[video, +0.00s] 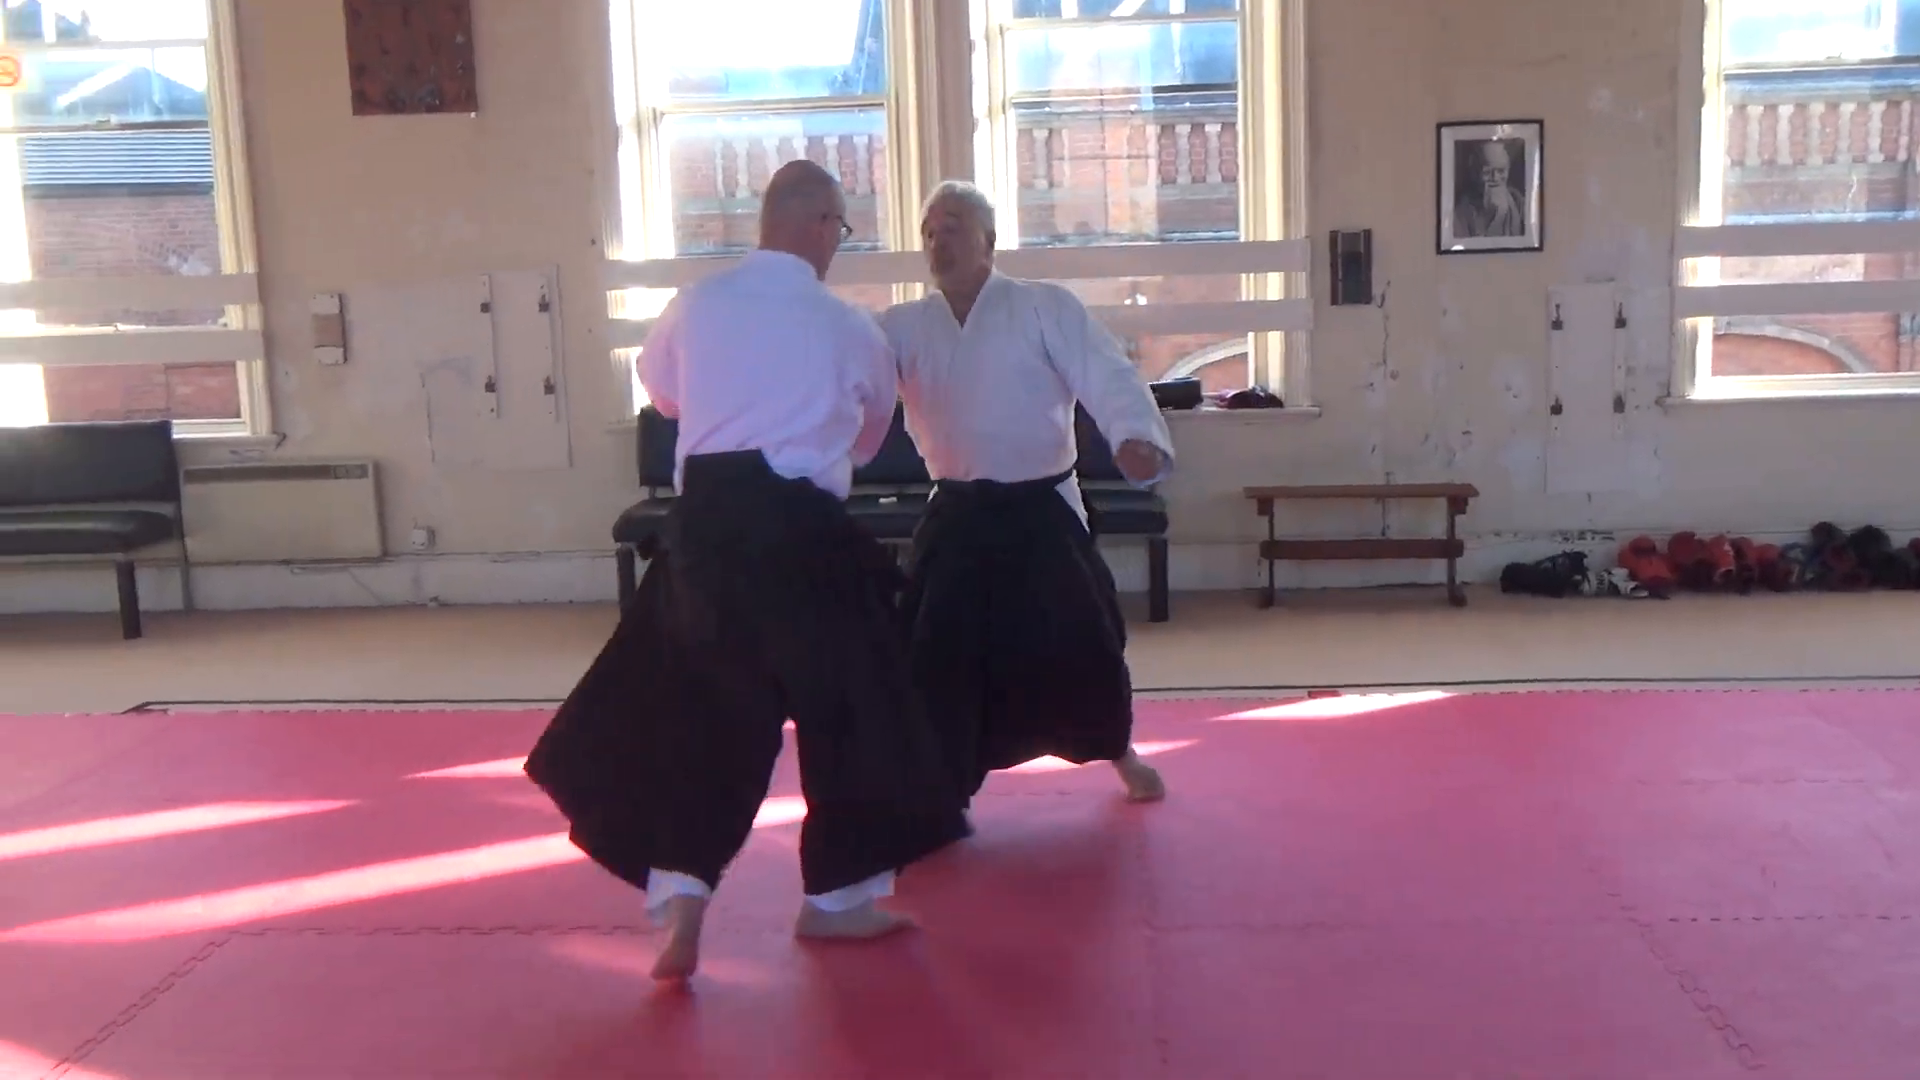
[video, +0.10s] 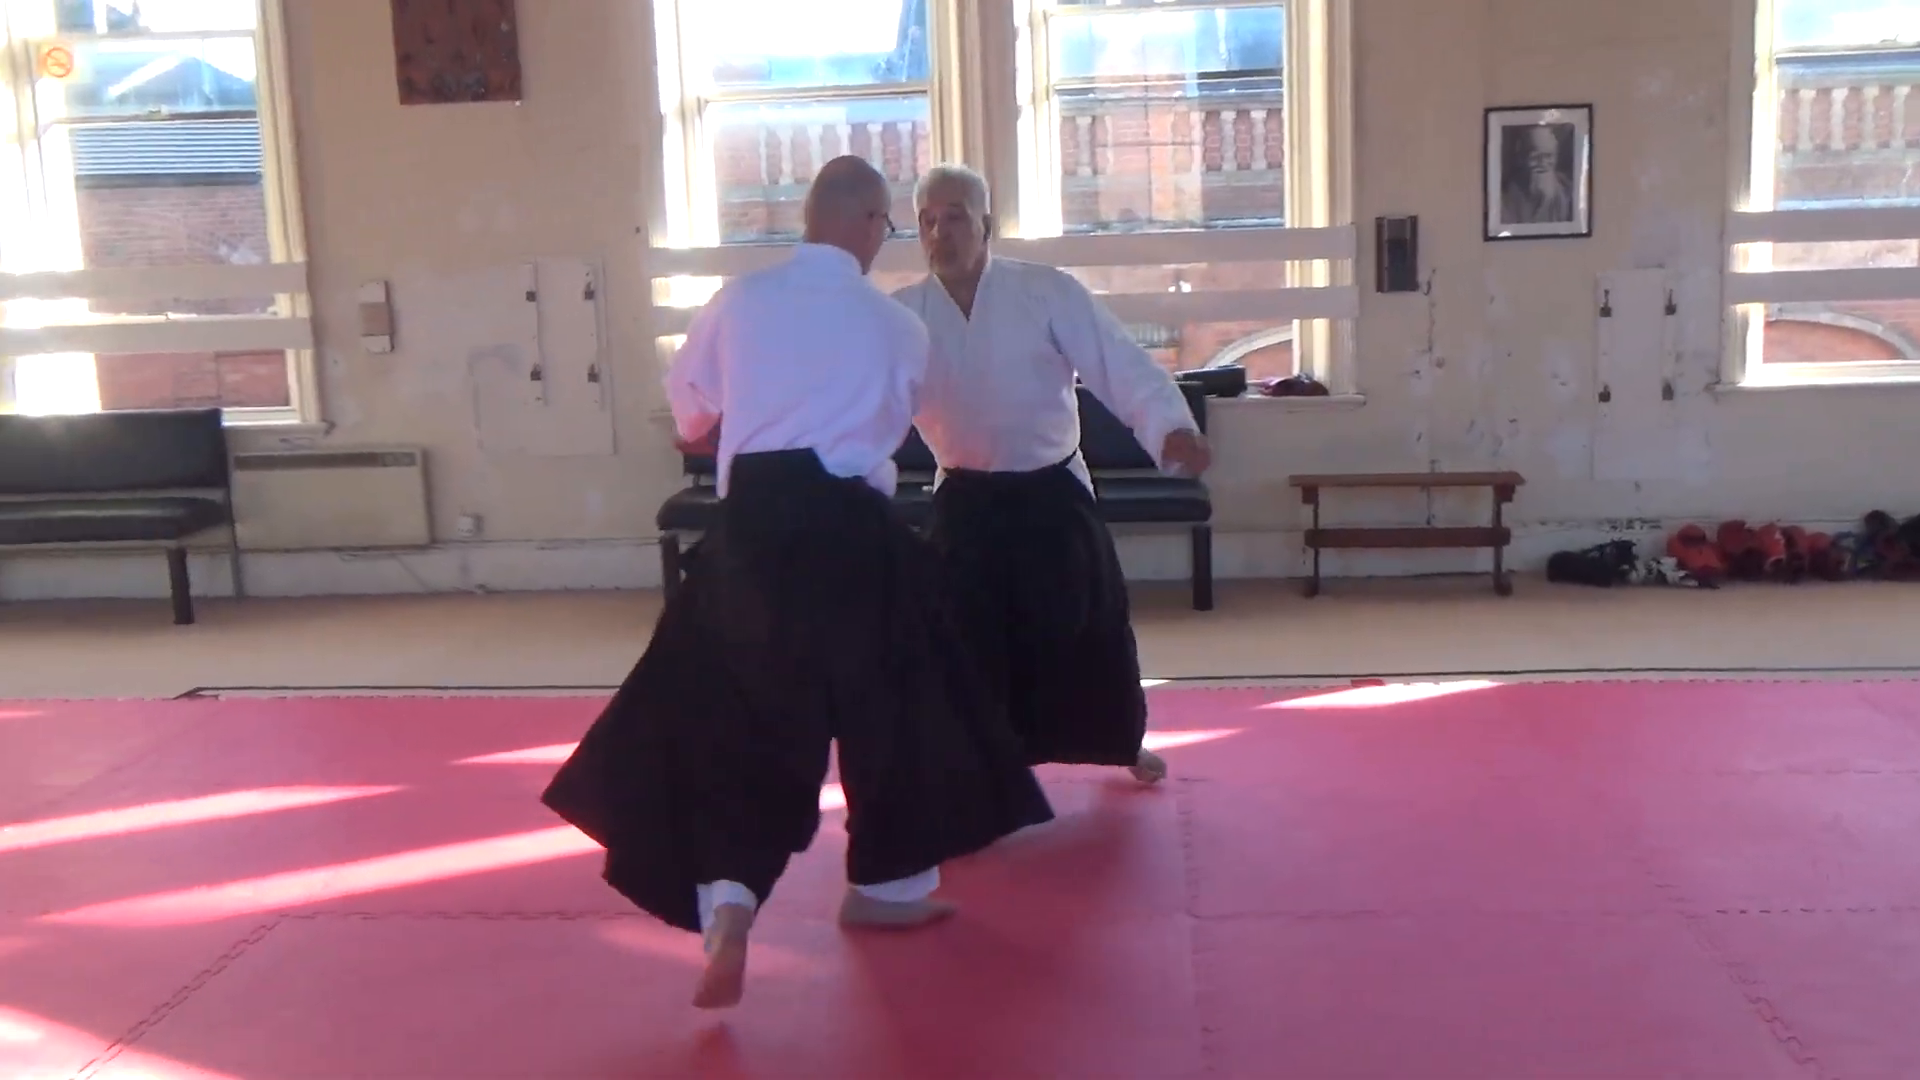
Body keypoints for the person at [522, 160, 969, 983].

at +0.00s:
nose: (839, 240)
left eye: (837, 227)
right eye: (840, 228)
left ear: (762, 224)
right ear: (825, 231)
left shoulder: (694, 304)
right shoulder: (852, 328)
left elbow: (659, 390)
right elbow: (869, 441)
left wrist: (737, 418)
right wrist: (797, 438)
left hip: (702, 519)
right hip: (801, 526)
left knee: (711, 708)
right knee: (846, 703)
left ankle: (682, 889)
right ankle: (838, 893)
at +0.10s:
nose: (888, 236)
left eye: (883, 223)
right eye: (888, 224)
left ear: (805, 218)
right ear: (874, 228)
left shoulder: (735, 301)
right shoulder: (896, 323)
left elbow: (694, 422)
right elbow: (893, 421)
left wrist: (777, 436)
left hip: (747, 528)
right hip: (850, 532)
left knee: (748, 714)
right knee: (881, 698)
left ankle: (726, 892)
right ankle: (883, 878)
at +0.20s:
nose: (928, 234)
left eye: (927, 220)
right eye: (925, 222)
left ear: (845, 216)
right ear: (910, 227)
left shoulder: (778, 301)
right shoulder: (943, 322)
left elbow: (723, 413)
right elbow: (943, 430)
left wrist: (754, 457)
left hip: (794, 529)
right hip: (900, 533)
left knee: (789, 728)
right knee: (921, 693)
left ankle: (760, 929)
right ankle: (920, 868)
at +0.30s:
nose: (967, 240)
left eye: (967, 225)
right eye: (965, 227)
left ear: (876, 221)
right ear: (950, 231)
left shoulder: (805, 308)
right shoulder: (980, 321)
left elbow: (767, 433)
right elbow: (979, 433)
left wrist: (818, 490)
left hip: (823, 540)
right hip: (935, 539)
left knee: (813, 744)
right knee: (962, 689)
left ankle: (796, 951)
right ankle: (958, 860)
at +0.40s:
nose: (1006, 247)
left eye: (1008, 234)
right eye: (1005, 234)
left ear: (910, 224)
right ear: (988, 233)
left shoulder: (837, 313)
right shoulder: (1014, 331)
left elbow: (805, 453)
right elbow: (1032, 465)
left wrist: (848, 522)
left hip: (846, 552)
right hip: (963, 554)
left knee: (848, 762)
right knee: (989, 692)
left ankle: (838, 981)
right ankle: (1014, 854)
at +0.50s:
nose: (1049, 247)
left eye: (1051, 230)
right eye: (1048, 230)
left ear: (955, 220)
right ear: (1029, 227)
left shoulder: (878, 317)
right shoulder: (1056, 337)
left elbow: (841, 457)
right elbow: (1075, 488)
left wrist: (856, 555)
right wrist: (1058, 579)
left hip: (885, 562)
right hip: (1001, 567)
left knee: (889, 771)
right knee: (1047, 707)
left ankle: (875, 979)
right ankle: (1081, 881)